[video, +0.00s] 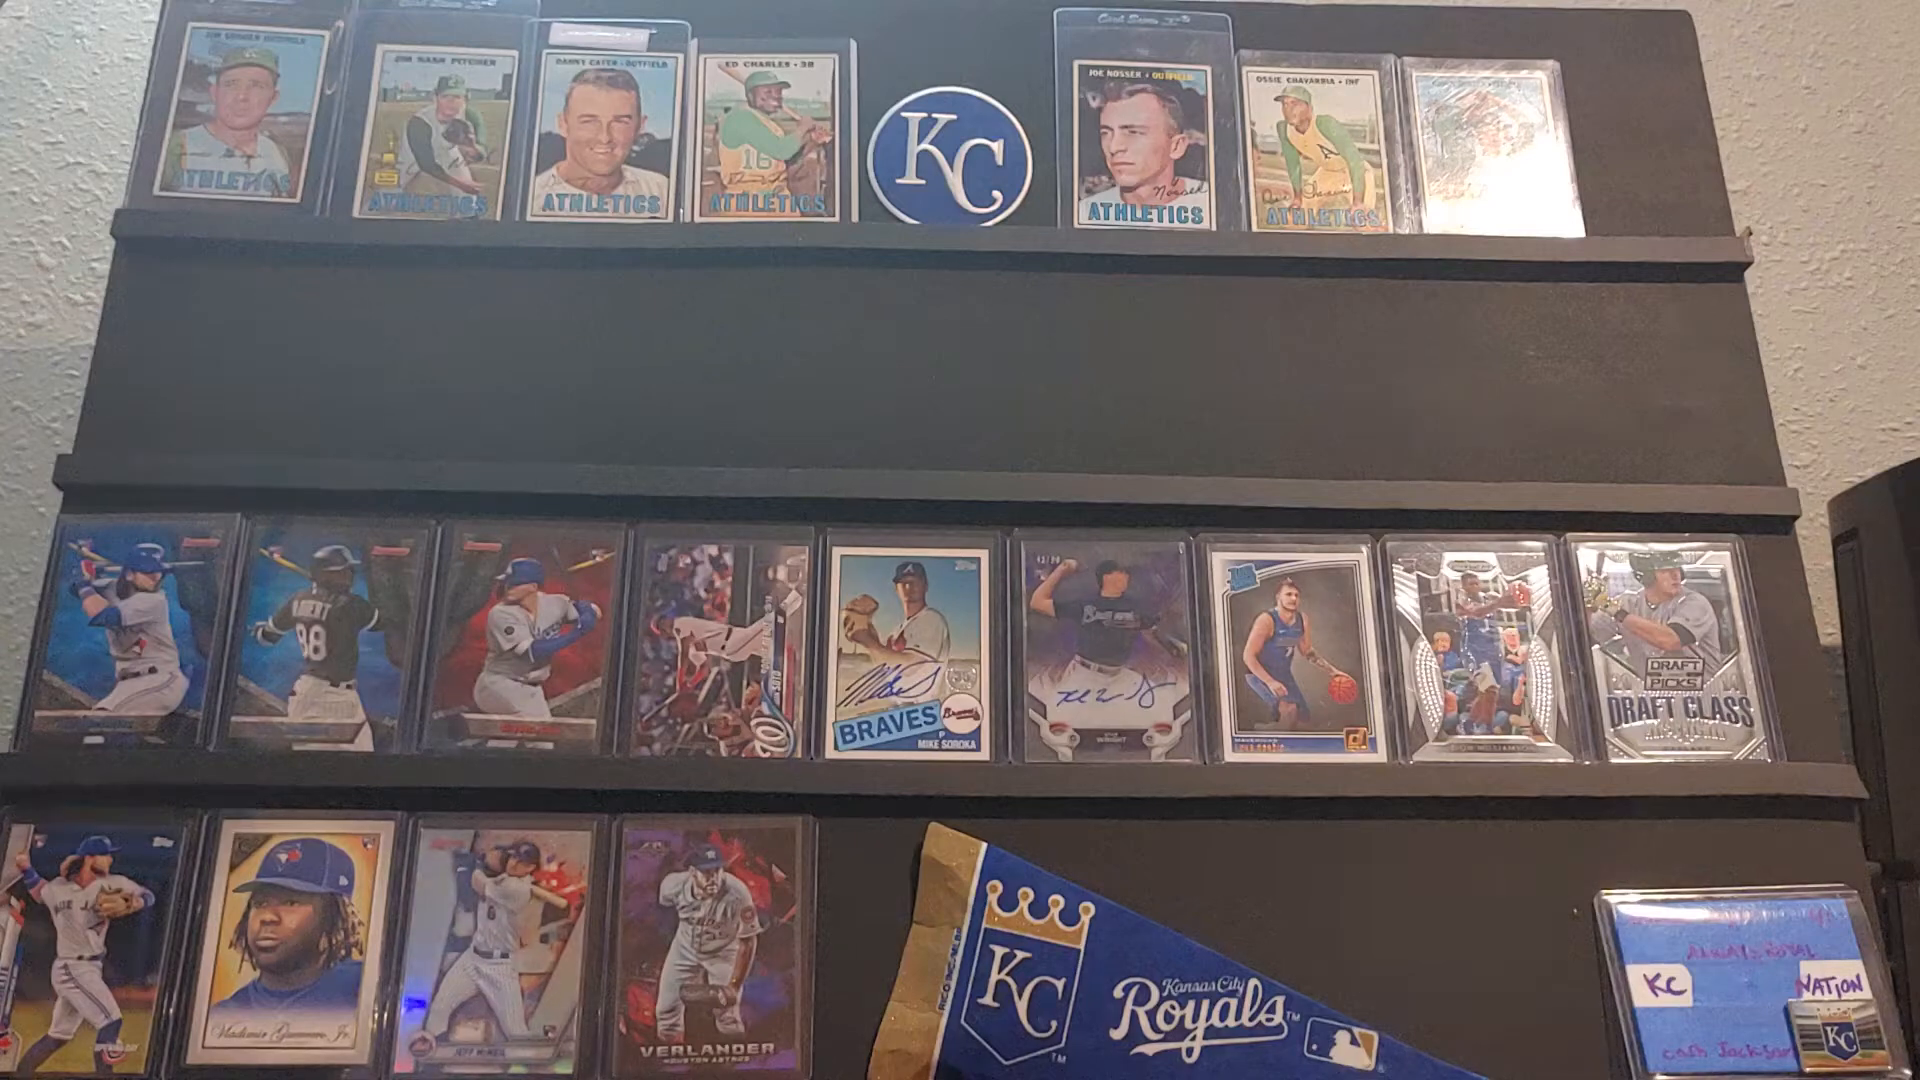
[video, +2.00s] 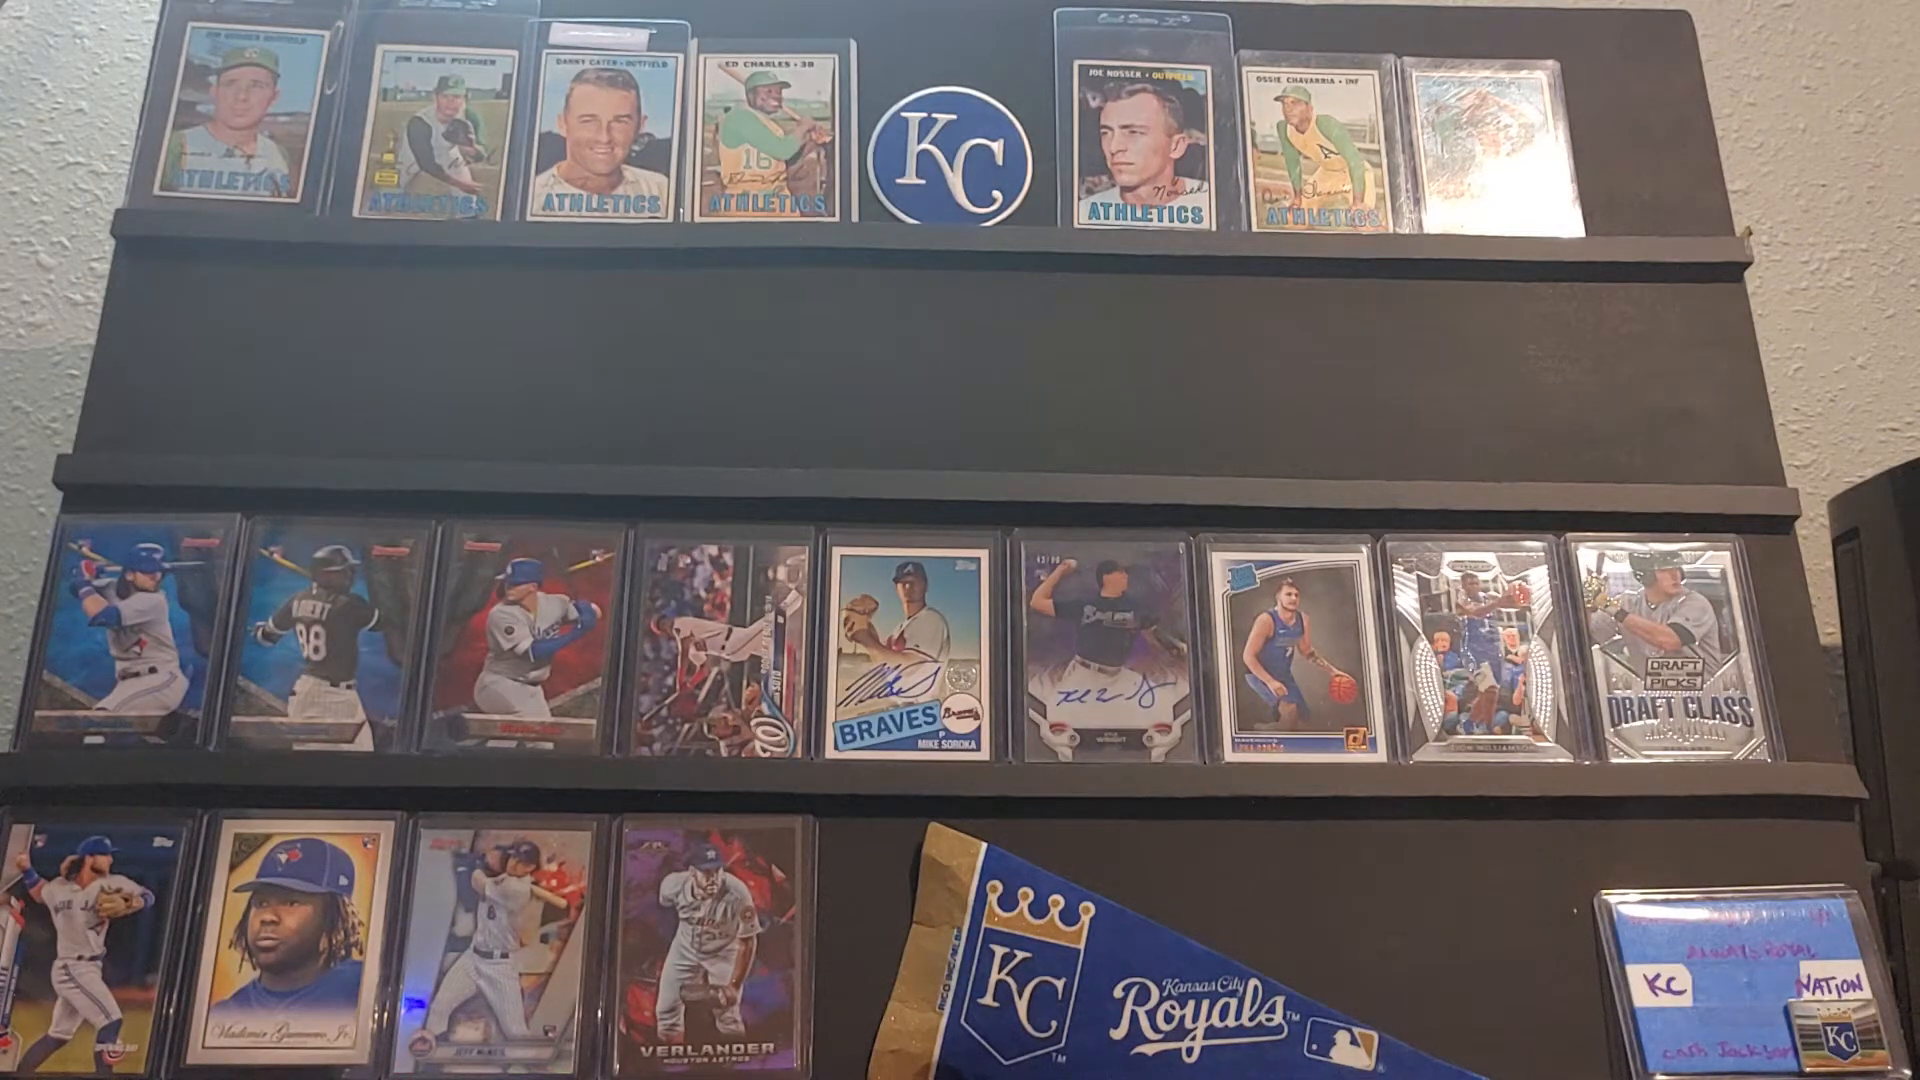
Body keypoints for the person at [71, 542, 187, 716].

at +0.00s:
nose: (156, 577)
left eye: (158, 572)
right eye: (148, 571)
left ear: (162, 573)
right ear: (130, 574)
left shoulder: (154, 600)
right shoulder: (115, 588)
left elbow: (105, 617)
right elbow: (78, 589)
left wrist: (83, 586)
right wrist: (87, 575)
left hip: (162, 679)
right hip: (130, 681)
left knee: (100, 717)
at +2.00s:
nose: (155, 577)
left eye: (158, 572)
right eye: (148, 571)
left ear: (162, 573)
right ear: (130, 574)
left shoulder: (154, 601)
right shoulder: (113, 588)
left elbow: (104, 616)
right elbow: (78, 589)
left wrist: (83, 585)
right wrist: (87, 573)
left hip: (162, 679)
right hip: (129, 682)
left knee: (100, 717)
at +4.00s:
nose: (155, 577)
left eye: (158, 572)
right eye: (147, 572)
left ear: (162, 573)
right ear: (130, 573)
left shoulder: (154, 600)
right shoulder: (114, 587)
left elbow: (105, 617)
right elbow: (79, 588)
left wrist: (83, 586)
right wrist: (87, 573)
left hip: (162, 679)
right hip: (129, 682)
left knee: (102, 716)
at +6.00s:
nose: (157, 577)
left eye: (158, 572)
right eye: (149, 572)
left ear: (162, 573)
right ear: (130, 575)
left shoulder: (154, 600)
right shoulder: (113, 587)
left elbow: (105, 617)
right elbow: (79, 588)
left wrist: (83, 586)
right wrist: (87, 574)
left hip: (163, 679)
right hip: (130, 682)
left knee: (100, 717)